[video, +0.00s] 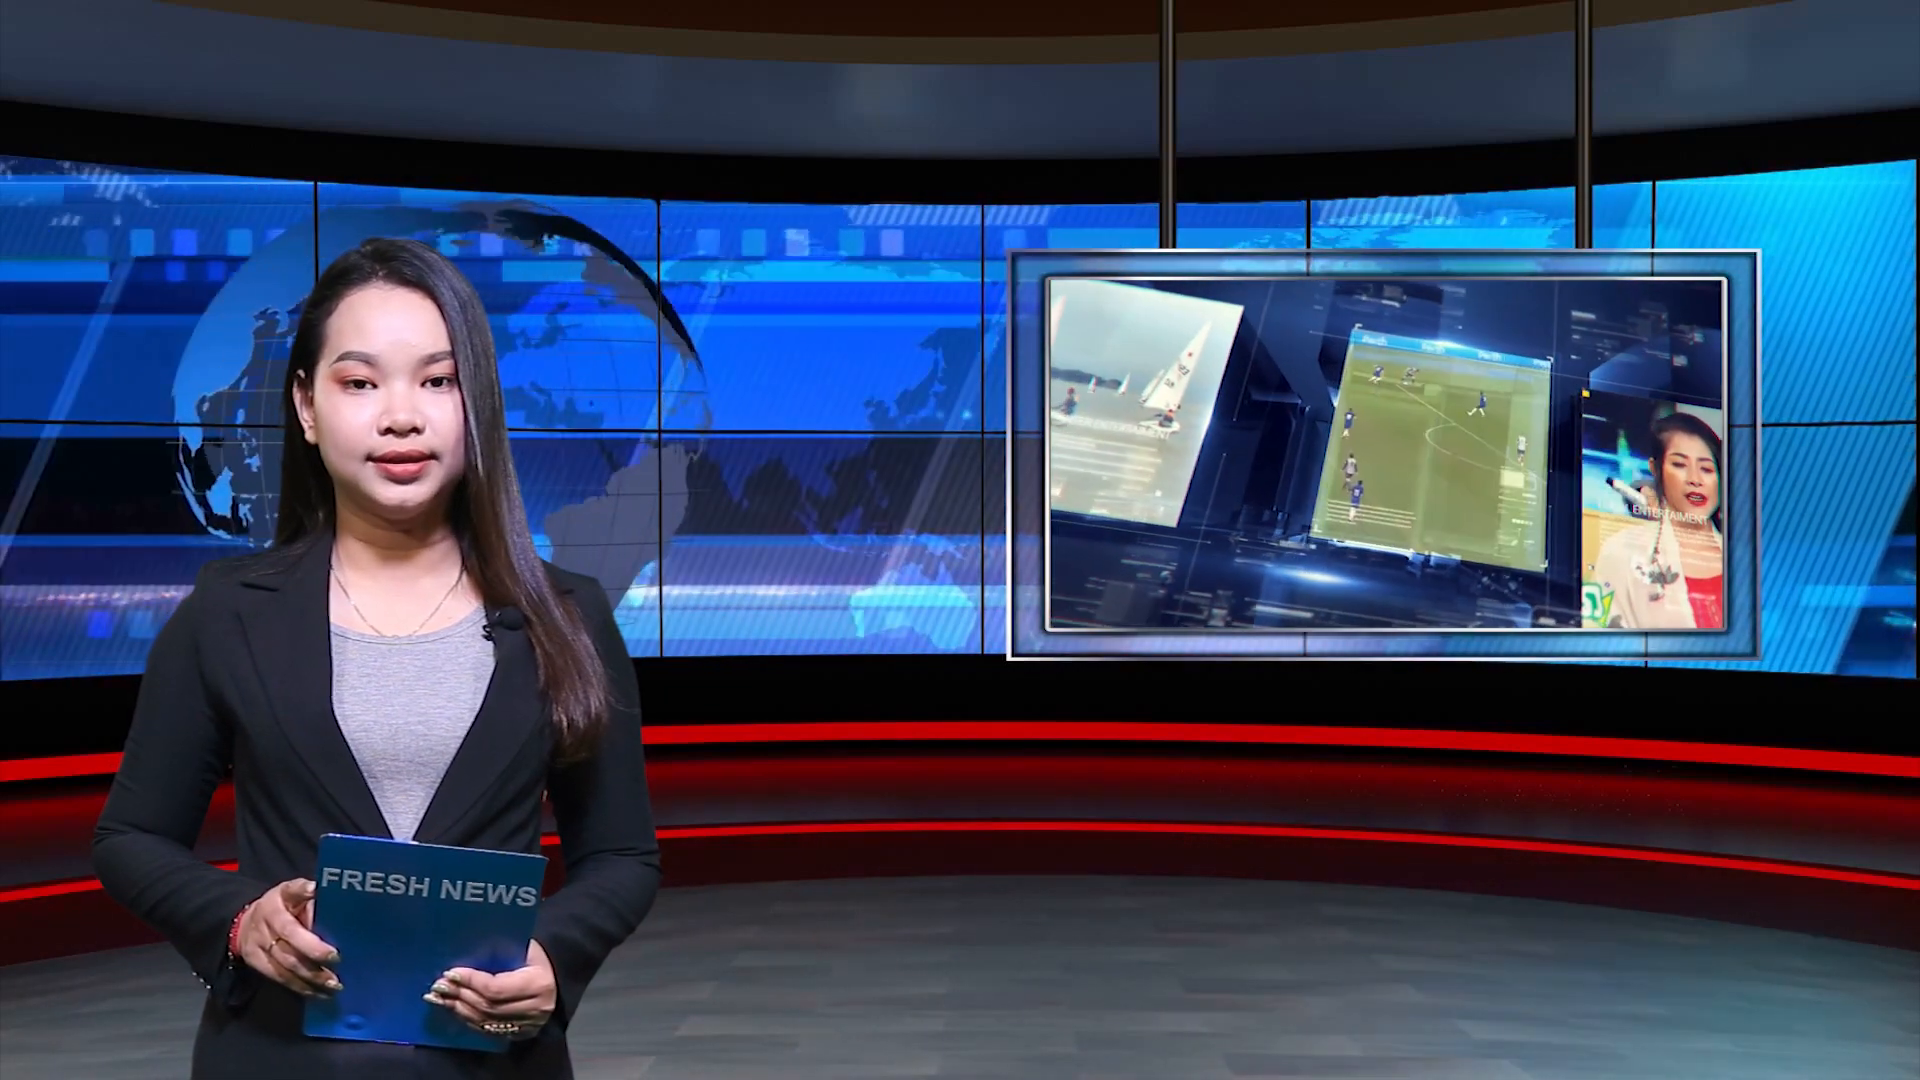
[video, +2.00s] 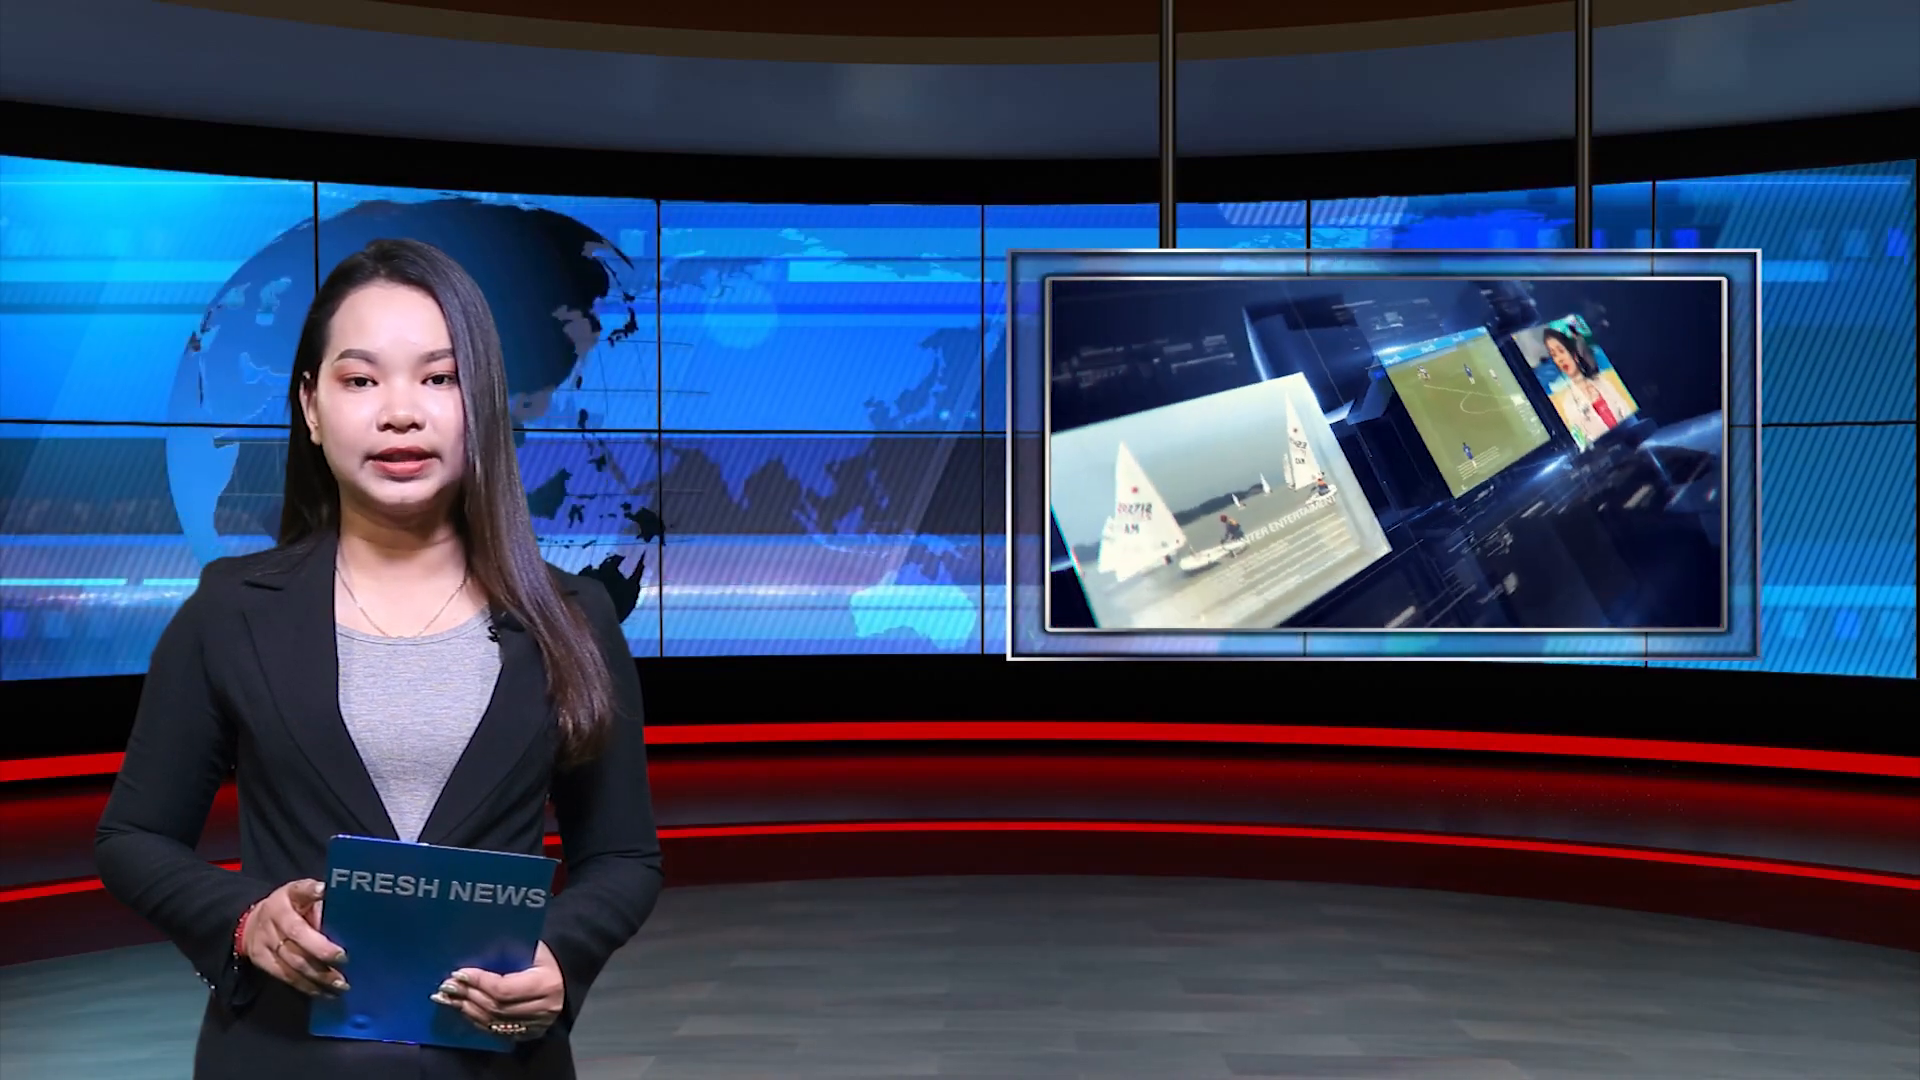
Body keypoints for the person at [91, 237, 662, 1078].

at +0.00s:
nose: (402, 416)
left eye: (436, 379)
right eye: (359, 380)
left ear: (475, 404)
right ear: (307, 409)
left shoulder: (562, 616)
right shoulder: (230, 613)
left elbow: (620, 857)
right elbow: (131, 839)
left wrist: (549, 960)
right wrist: (235, 915)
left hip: (493, 1051)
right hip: (280, 1054)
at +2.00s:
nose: (401, 412)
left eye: (436, 377)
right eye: (360, 378)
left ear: (480, 404)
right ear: (311, 411)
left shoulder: (566, 622)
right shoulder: (234, 612)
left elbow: (622, 857)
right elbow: (133, 839)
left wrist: (556, 958)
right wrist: (241, 916)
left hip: (499, 1053)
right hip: (283, 1054)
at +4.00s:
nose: (410, 408)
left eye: (443, 375)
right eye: (367, 375)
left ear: (481, 404)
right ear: (312, 407)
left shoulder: (566, 618)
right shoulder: (233, 614)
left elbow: (628, 858)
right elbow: (132, 842)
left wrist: (553, 962)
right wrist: (235, 898)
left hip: (496, 1054)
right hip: (280, 1055)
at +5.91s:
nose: (411, 410)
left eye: (445, 375)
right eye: (369, 375)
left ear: (483, 404)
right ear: (314, 407)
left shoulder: (570, 616)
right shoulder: (234, 609)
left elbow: (627, 857)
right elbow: (129, 832)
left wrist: (551, 961)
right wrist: (241, 908)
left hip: (496, 1051)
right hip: (281, 1053)